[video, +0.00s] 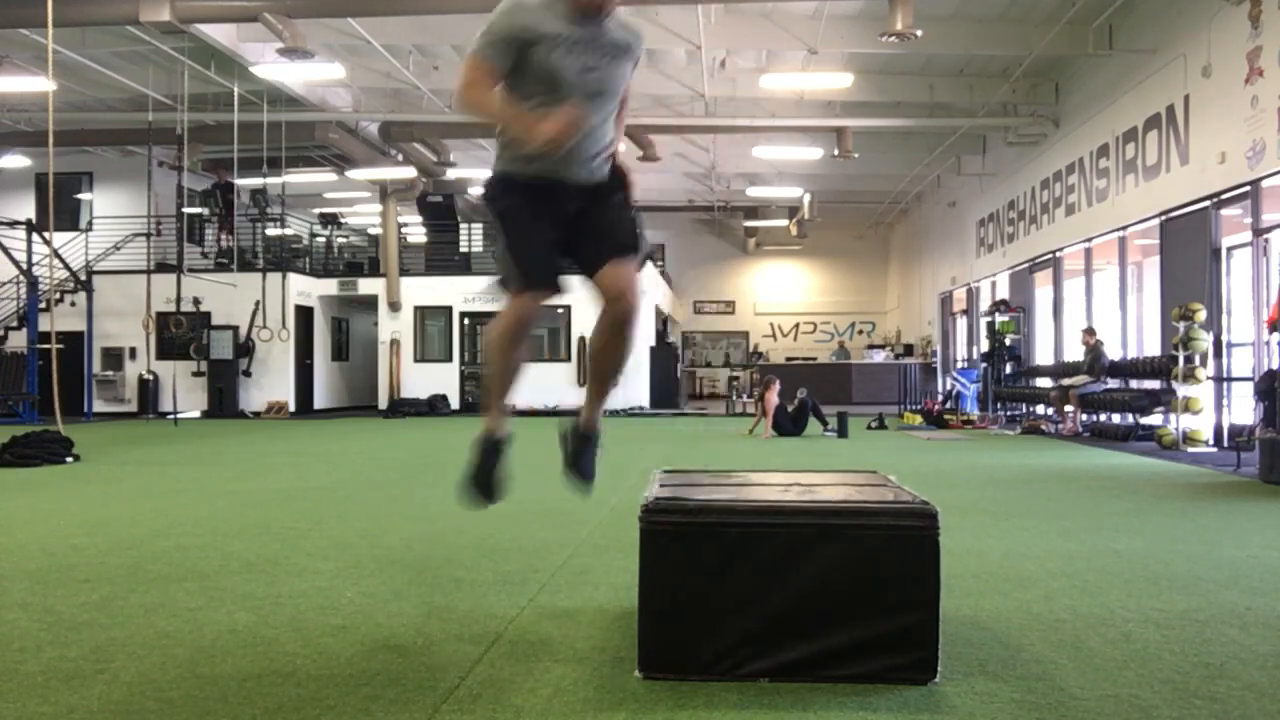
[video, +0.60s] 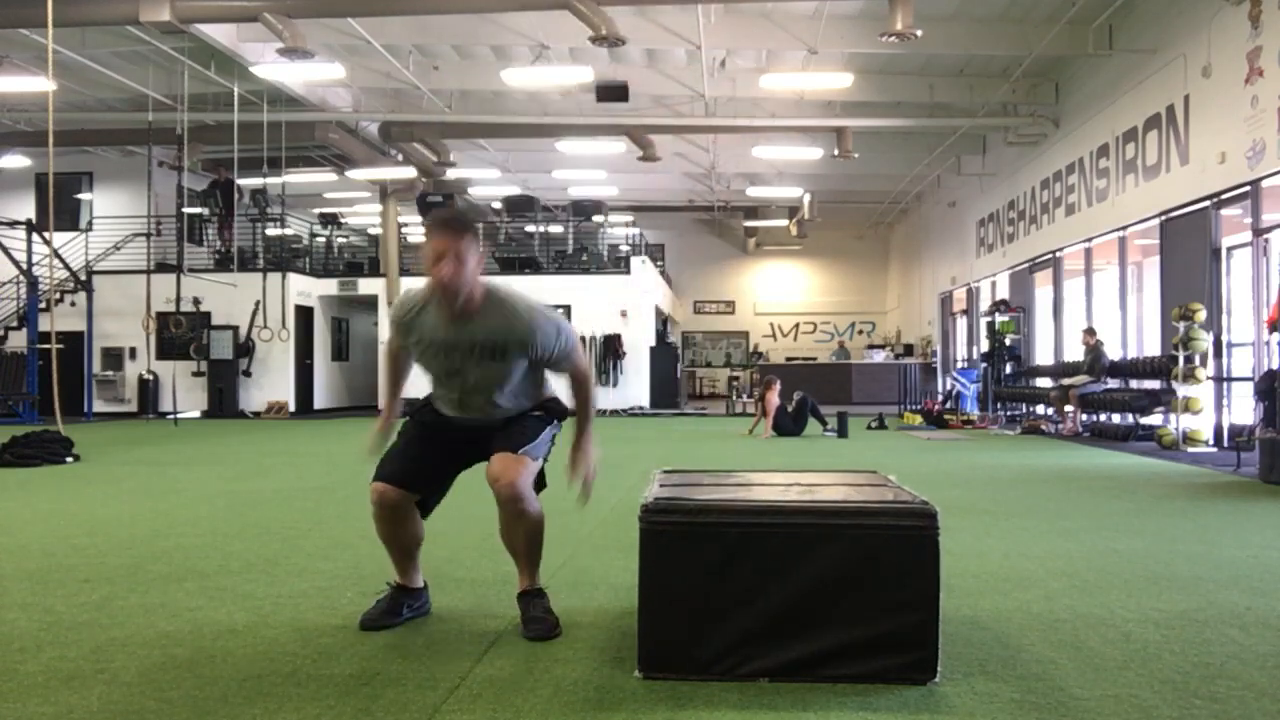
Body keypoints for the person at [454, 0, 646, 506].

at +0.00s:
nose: (607, 2)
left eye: (614, 0)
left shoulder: (627, 39)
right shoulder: (521, 17)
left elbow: (615, 104)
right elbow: (471, 91)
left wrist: (617, 154)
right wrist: (530, 125)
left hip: (595, 188)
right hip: (524, 186)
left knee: (625, 297)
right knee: (526, 302)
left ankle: (588, 424)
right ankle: (492, 432)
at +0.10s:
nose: (565, 34)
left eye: (579, 23)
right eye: (559, 19)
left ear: (596, 25)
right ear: (539, 14)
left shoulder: (610, 86)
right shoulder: (493, 69)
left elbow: (617, 147)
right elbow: (434, 142)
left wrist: (605, 204)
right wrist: (445, 205)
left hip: (570, 243)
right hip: (494, 238)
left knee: (581, 366)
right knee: (461, 368)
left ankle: (581, 506)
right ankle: (434, 495)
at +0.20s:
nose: (523, 122)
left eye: (533, 112)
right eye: (516, 110)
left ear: (551, 117)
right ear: (499, 111)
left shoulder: (578, 175)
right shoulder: (460, 161)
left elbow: (618, 231)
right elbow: (404, 214)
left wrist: (607, 313)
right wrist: (382, 284)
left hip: (543, 330)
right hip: (468, 324)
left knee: (538, 449)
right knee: (425, 448)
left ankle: (537, 584)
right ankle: (401, 570)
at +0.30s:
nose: (479, 206)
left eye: (491, 194)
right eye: (472, 193)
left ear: (513, 196)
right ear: (460, 195)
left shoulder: (549, 254)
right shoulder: (438, 244)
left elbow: (609, 305)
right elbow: (392, 282)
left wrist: (612, 376)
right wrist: (366, 334)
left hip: (528, 386)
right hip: (455, 381)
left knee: (514, 479)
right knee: (397, 486)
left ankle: (531, 591)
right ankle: (407, 588)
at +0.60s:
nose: (445, 269)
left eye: (455, 257)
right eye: (436, 258)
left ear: (480, 259)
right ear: (426, 261)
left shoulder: (522, 317)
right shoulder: (411, 312)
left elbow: (579, 366)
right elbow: (398, 348)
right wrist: (390, 406)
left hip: (523, 413)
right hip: (449, 413)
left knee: (510, 483)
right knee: (388, 496)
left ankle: (530, 591)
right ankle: (410, 590)